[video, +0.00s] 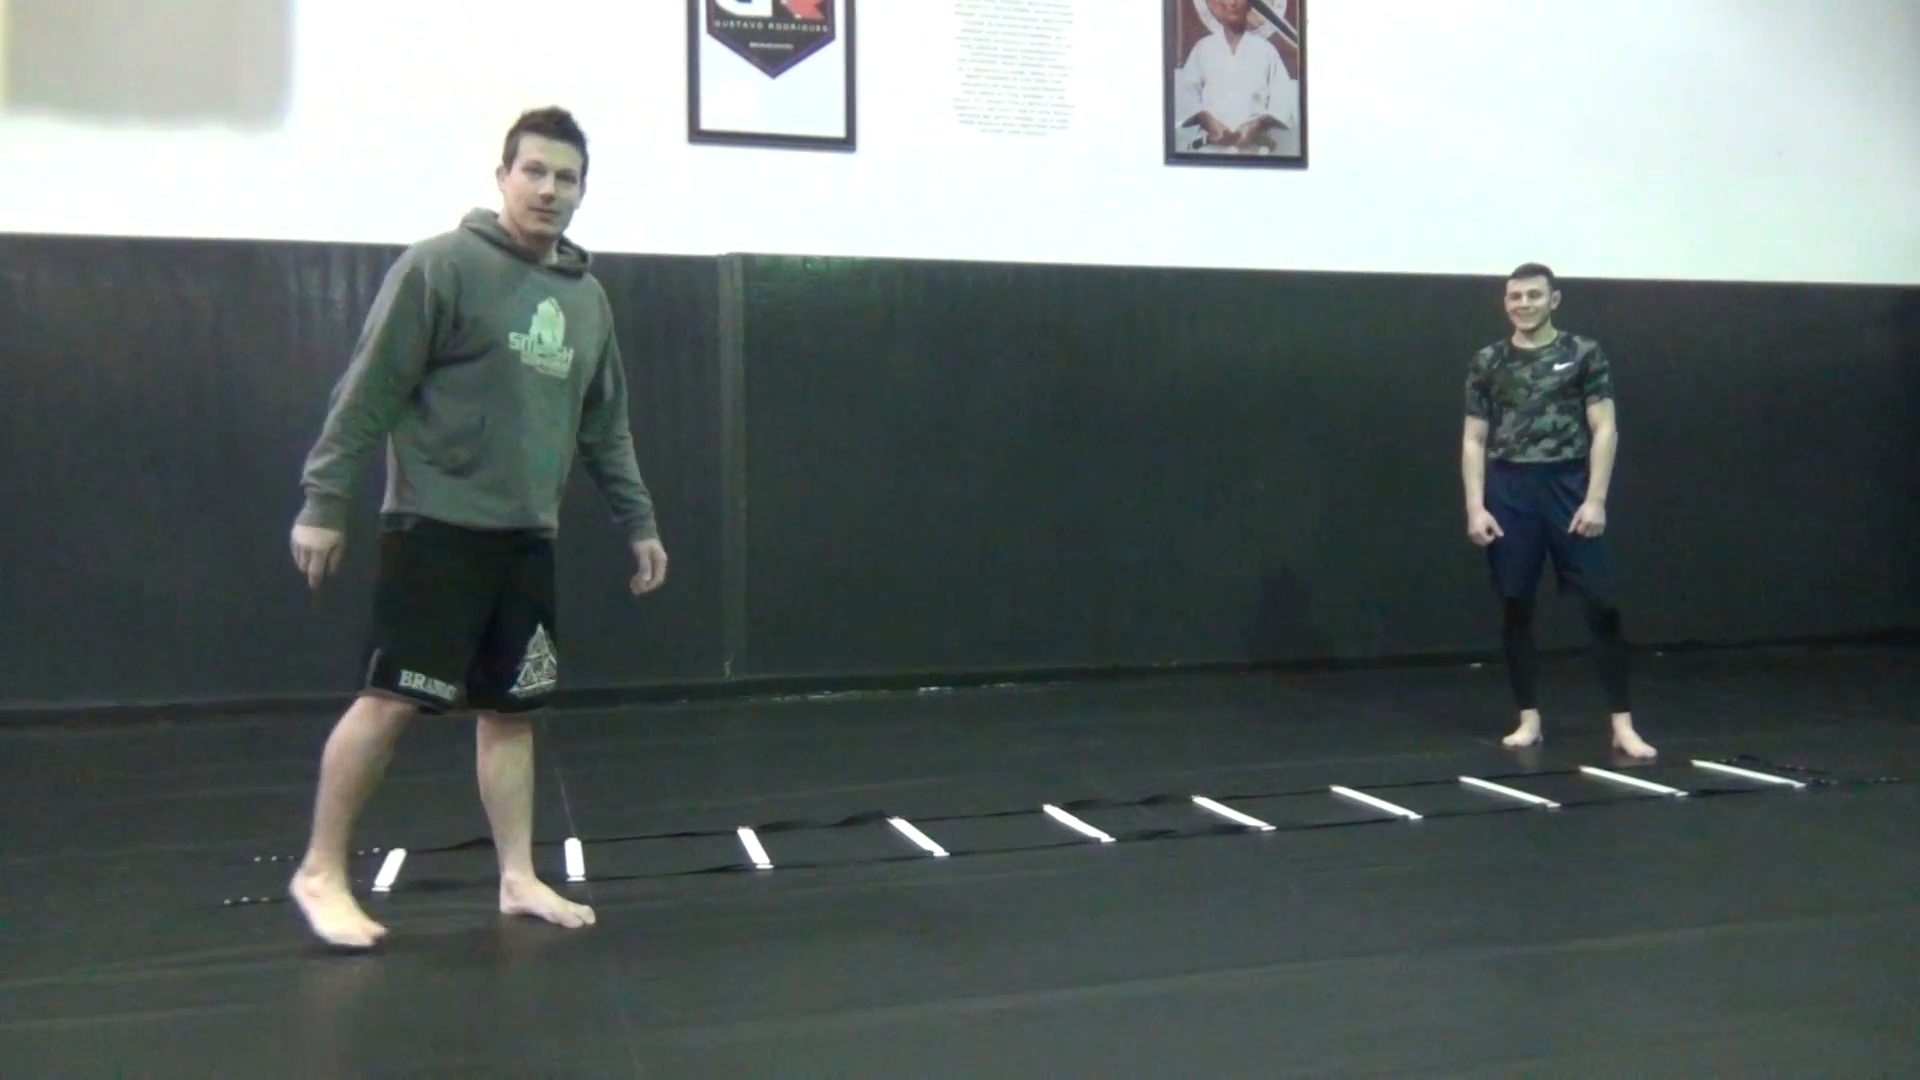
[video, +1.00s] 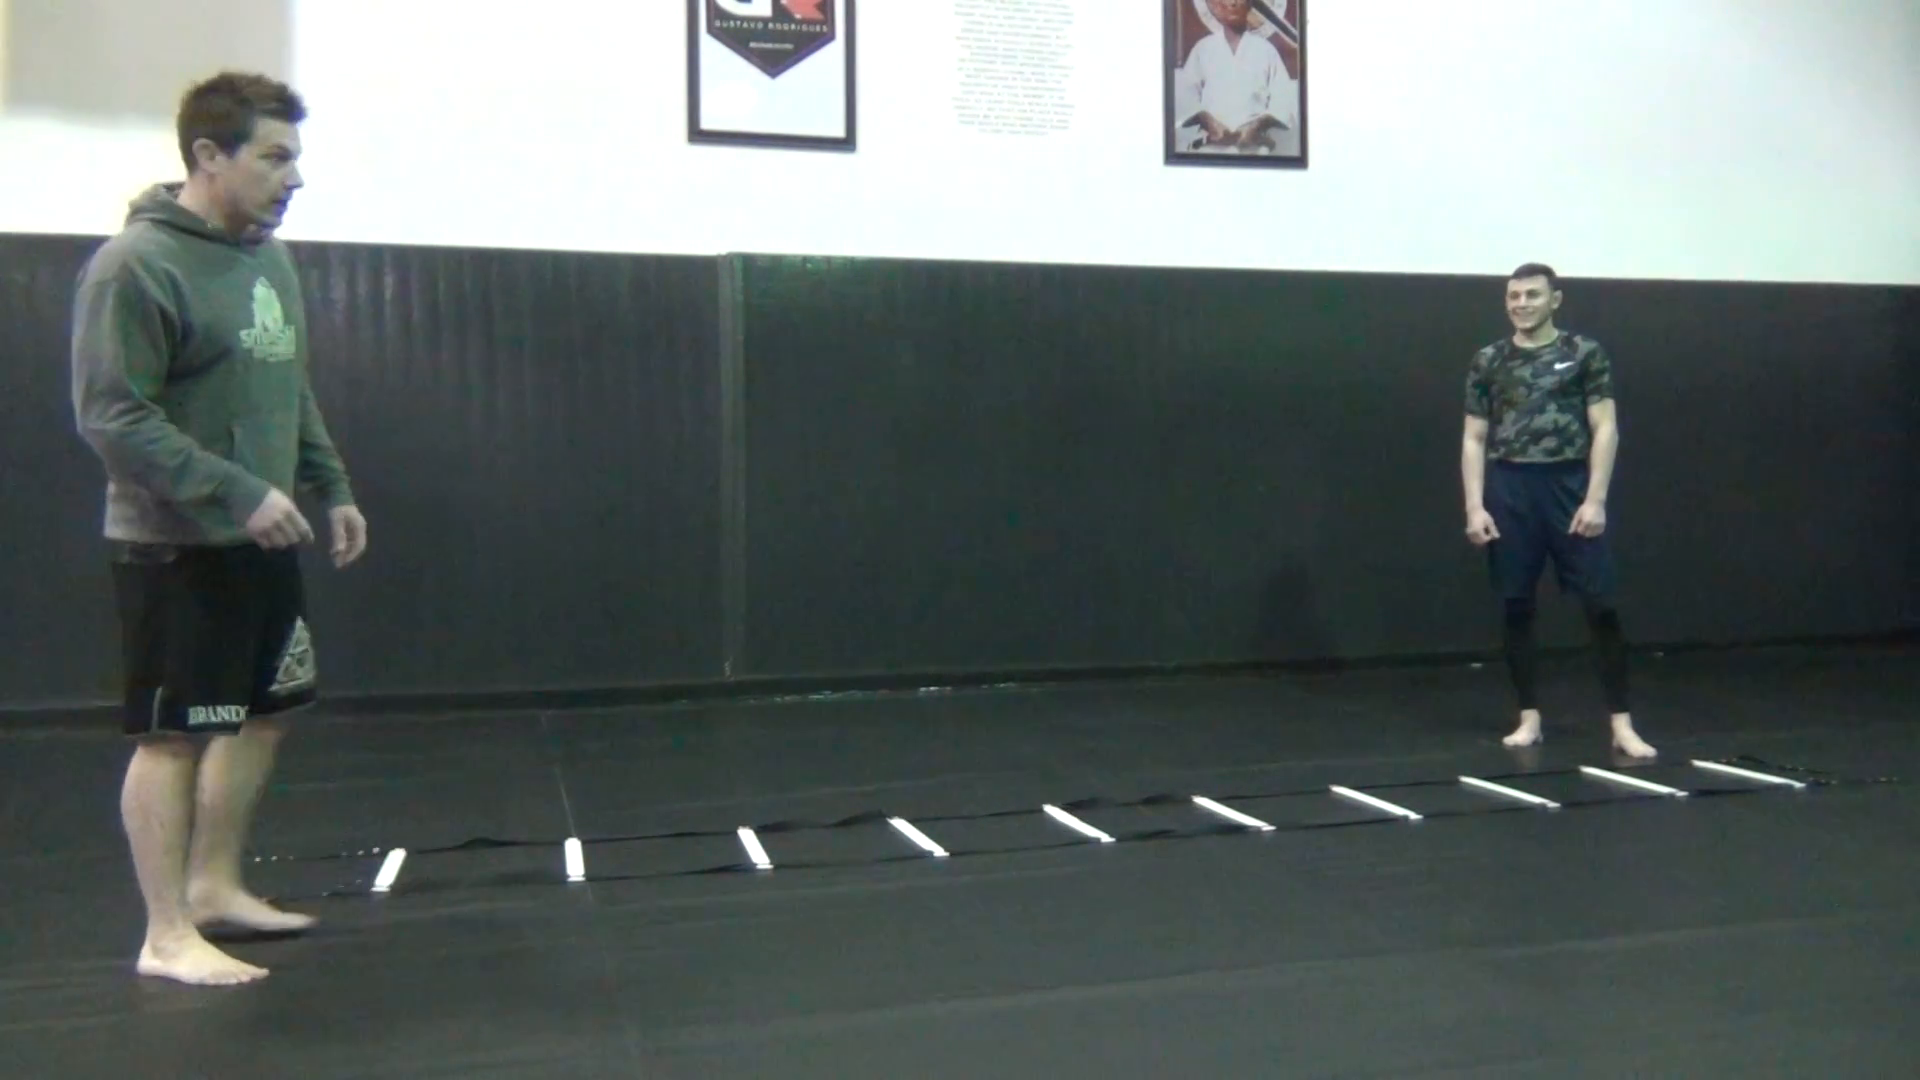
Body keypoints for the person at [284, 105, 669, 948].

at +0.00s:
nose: (550, 190)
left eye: (566, 178)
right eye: (535, 172)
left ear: (580, 191)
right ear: (502, 176)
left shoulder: (587, 299)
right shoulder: (438, 269)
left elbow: (606, 426)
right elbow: (367, 391)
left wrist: (641, 525)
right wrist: (324, 505)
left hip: (525, 536)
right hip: (434, 526)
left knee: (512, 709)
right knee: (392, 697)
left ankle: (520, 879)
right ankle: (320, 873)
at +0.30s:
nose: (467, 180)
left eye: (485, 167)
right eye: (451, 162)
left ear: (501, 180)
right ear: (418, 170)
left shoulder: (523, 290)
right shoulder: (362, 268)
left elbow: (558, 422)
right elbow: (310, 398)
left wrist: (602, 514)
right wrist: (330, 504)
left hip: (480, 542)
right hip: (380, 536)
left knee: (493, 715)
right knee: (308, 710)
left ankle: (518, 885)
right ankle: (201, 896)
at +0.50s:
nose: (367, 180)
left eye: (386, 166)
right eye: (350, 163)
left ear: (405, 181)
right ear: (320, 174)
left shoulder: (438, 290)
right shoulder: (266, 282)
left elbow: (473, 426)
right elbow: (224, 417)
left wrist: (512, 523)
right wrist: (298, 501)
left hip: (417, 556)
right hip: (306, 555)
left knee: (477, 706)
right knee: (250, 731)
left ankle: (517, 882)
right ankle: (174, 928)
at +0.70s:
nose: (286, 169)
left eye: (303, 153)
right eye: (266, 151)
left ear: (323, 166)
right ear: (233, 161)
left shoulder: (356, 272)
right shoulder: (182, 274)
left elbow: (372, 406)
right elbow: (153, 422)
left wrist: (384, 520)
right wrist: (254, 509)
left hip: (334, 548)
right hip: (223, 549)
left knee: (397, 706)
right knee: (194, 737)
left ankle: (480, 869)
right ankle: (169, 936)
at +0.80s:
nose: (265, 165)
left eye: (282, 150)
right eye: (246, 147)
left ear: (300, 161)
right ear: (207, 154)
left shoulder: (322, 263)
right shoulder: (156, 270)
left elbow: (343, 398)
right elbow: (128, 421)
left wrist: (359, 504)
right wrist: (240, 507)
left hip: (307, 541)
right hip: (200, 547)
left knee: (353, 698)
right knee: (182, 733)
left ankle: (391, 884)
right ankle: (169, 938)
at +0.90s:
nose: (277, 172)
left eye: (286, 156)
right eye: (257, 154)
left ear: (291, 161)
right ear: (200, 155)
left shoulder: (294, 261)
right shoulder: (136, 270)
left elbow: (316, 390)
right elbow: (115, 421)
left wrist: (345, 493)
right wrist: (237, 505)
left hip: (283, 539)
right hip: (180, 546)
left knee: (306, 704)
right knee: (172, 731)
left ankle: (307, 889)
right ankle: (168, 937)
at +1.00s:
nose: (292, 178)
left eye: (295, 160)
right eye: (276, 158)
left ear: (236, 161)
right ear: (208, 155)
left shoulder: (272, 260)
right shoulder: (131, 266)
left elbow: (291, 390)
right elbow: (111, 418)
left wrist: (333, 489)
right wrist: (241, 494)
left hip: (258, 537)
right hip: (169, 544)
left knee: (262, 707)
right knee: (171, 732)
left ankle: (216, 889)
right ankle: (166, 936)